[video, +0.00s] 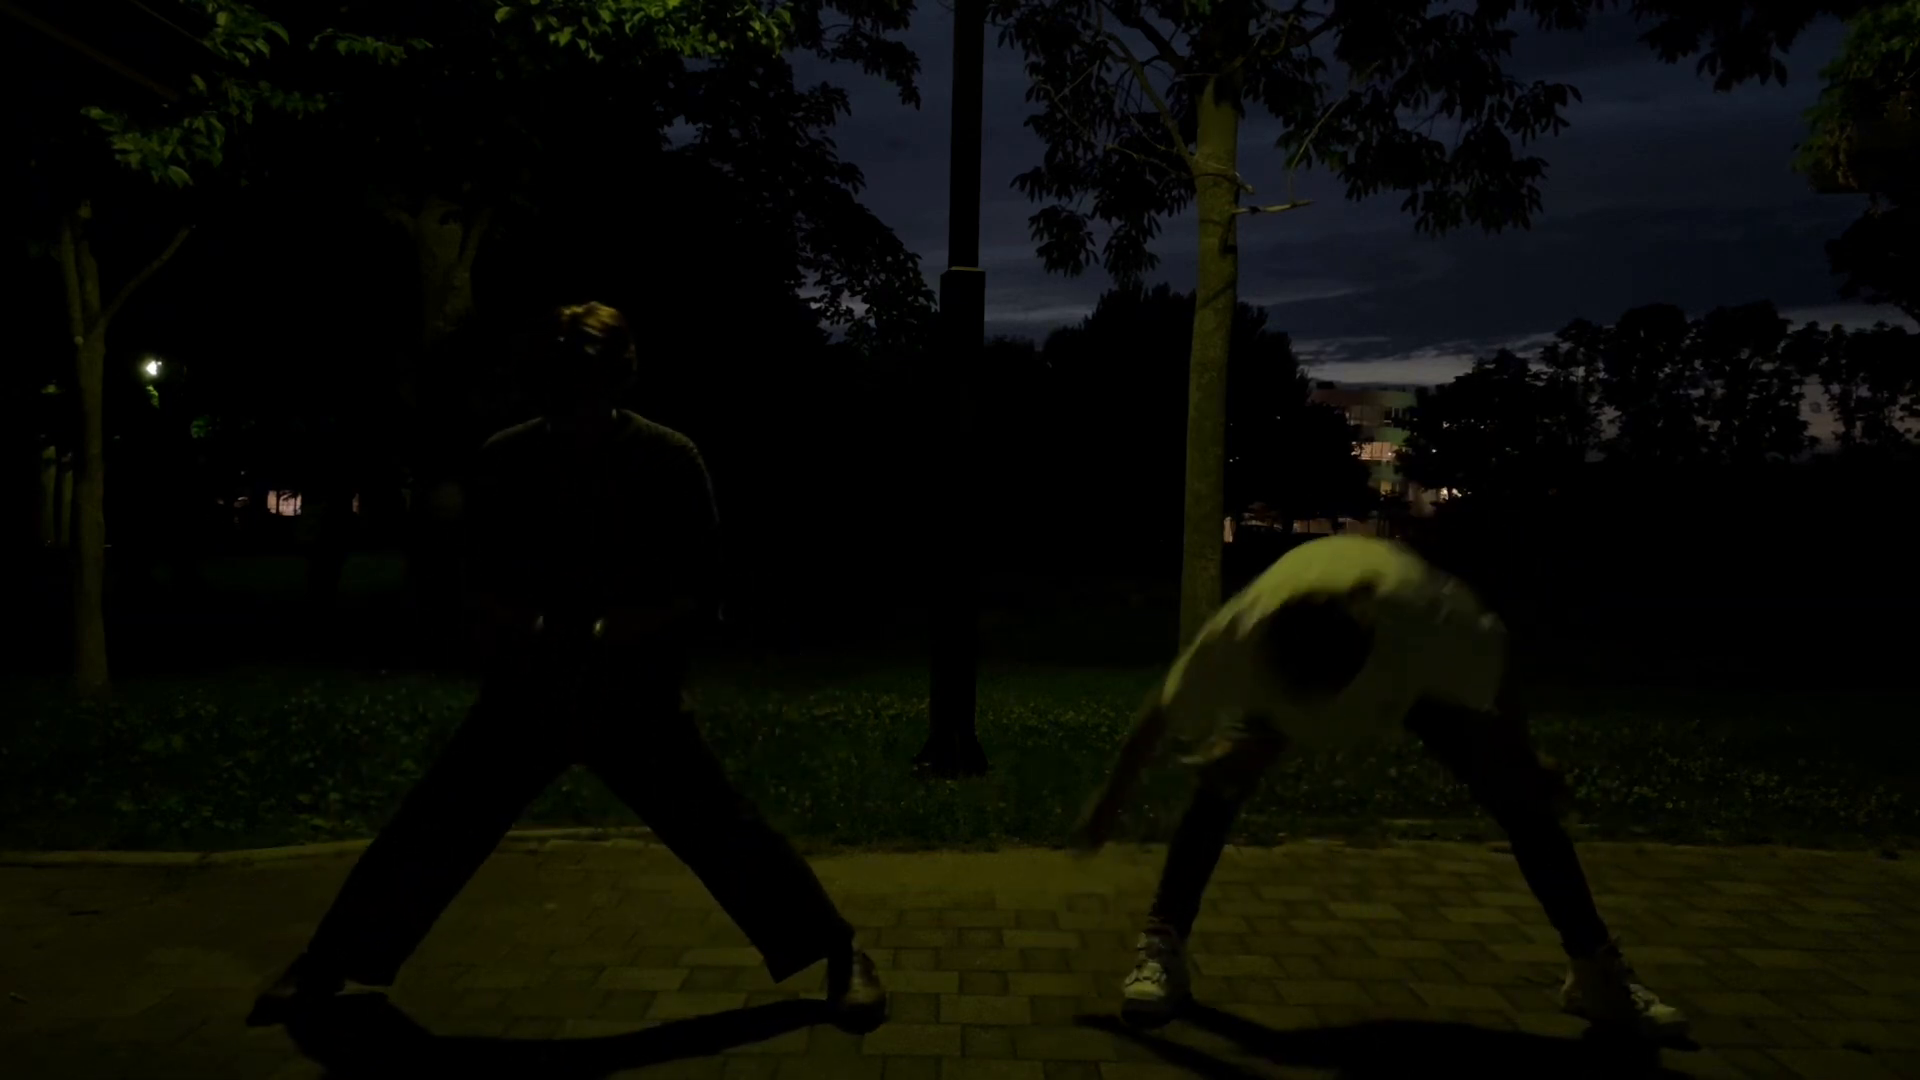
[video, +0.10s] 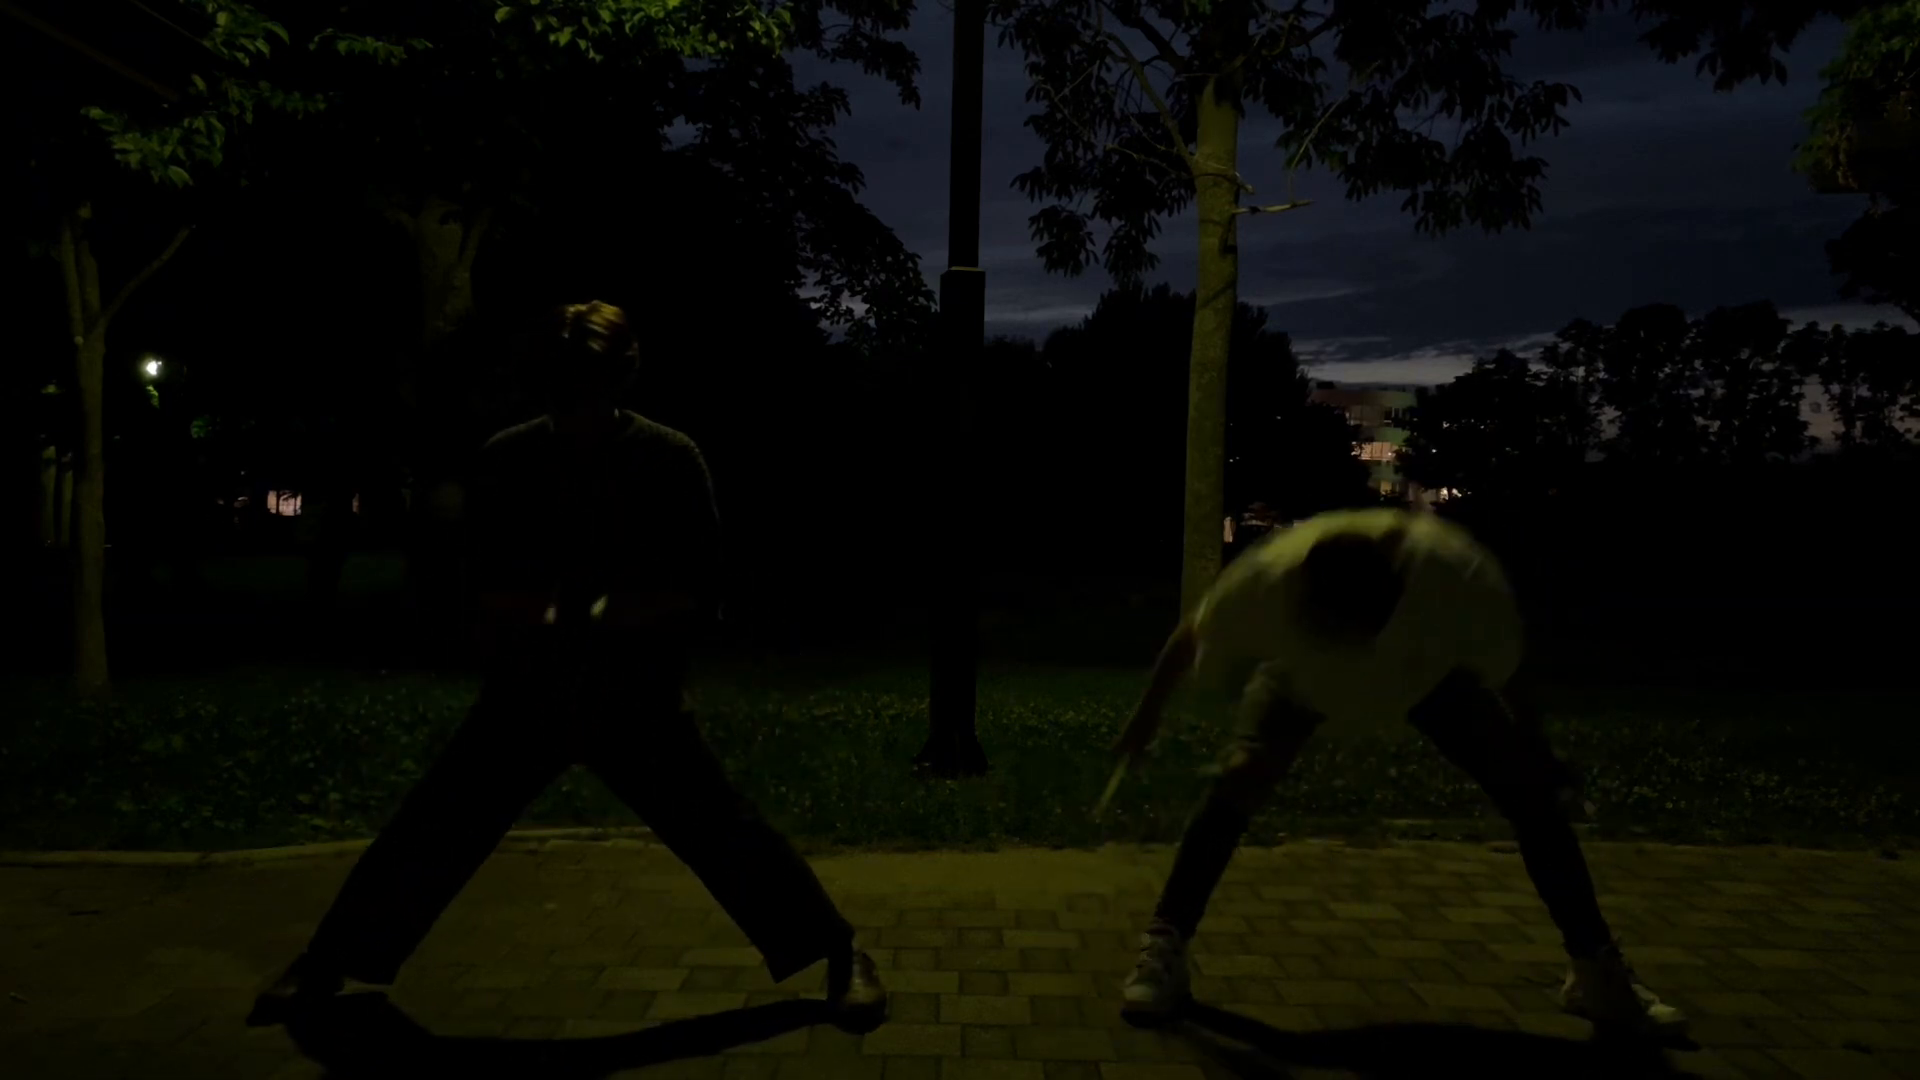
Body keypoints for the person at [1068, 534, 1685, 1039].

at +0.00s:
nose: (1305, 707)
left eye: (1320, 692)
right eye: (1294, 689)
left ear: (1356, 659)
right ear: (1270, 653)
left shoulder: (1423, 614)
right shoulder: (1238, 634)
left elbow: (1498, 678)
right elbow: (1157, 718)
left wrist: (1529, 768)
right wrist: (1108, 803)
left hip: (1411, 683)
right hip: (1287, 702)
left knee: (1520, 802)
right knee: (1218, 792)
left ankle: (1600, 973)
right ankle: (1161, 951)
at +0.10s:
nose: (1342, 636)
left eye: (1357, 623)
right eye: (1329, 620)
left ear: (1392, 587)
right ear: (1304, 588)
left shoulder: (1455, 574)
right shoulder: (1267, 576)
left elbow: (1511, 676)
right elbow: (1188, 643)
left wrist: (1546, 767)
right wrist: (1142, 721)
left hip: (1424, 668)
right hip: (1304, 670)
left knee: (1533, 803)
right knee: (1236, 788)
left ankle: (1601, 975)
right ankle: (1162, 951)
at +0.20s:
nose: (1374, 546)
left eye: (1389, 531)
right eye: (1366, 528)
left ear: (1424, 504)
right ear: (1346, 494)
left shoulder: (1483, 516)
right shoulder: (1300, 488)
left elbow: (1527, 636)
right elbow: (1253, 572)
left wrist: (1547, 726)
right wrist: (1216, 631)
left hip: (1438, 654)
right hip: (1323, 646)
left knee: (1541, 798)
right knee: (1240, 774)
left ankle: (1601, 973)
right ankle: (1155, 947)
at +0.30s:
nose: (1379, 500)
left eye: (1396, 485)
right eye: (1369, 480)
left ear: (1433, 462)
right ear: (1350, 452)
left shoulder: (1490, 484)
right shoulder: (1312, 454)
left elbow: (1543, 600)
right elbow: (1278, 549)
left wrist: (1549, 704)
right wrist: (1248, 610)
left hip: (1441, 656)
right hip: (1321, 644)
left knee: (1537, 802)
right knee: (1225, 765)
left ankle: (1605, 979)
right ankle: (1123, 933)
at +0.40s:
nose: (1363, 473)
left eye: (1380, 460)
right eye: (1356, 455)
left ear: (1420, 441)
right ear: (1342, 429)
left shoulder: (1491, 469)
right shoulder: (1308, 444)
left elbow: (1545, 577)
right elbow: (1272, 543)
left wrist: (1540, 684)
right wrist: (1248, 629)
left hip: (1435, 663)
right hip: (1313, 653)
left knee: (1535, 804)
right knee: (1207, 782)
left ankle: (1601, 974)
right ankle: (1101, 936)